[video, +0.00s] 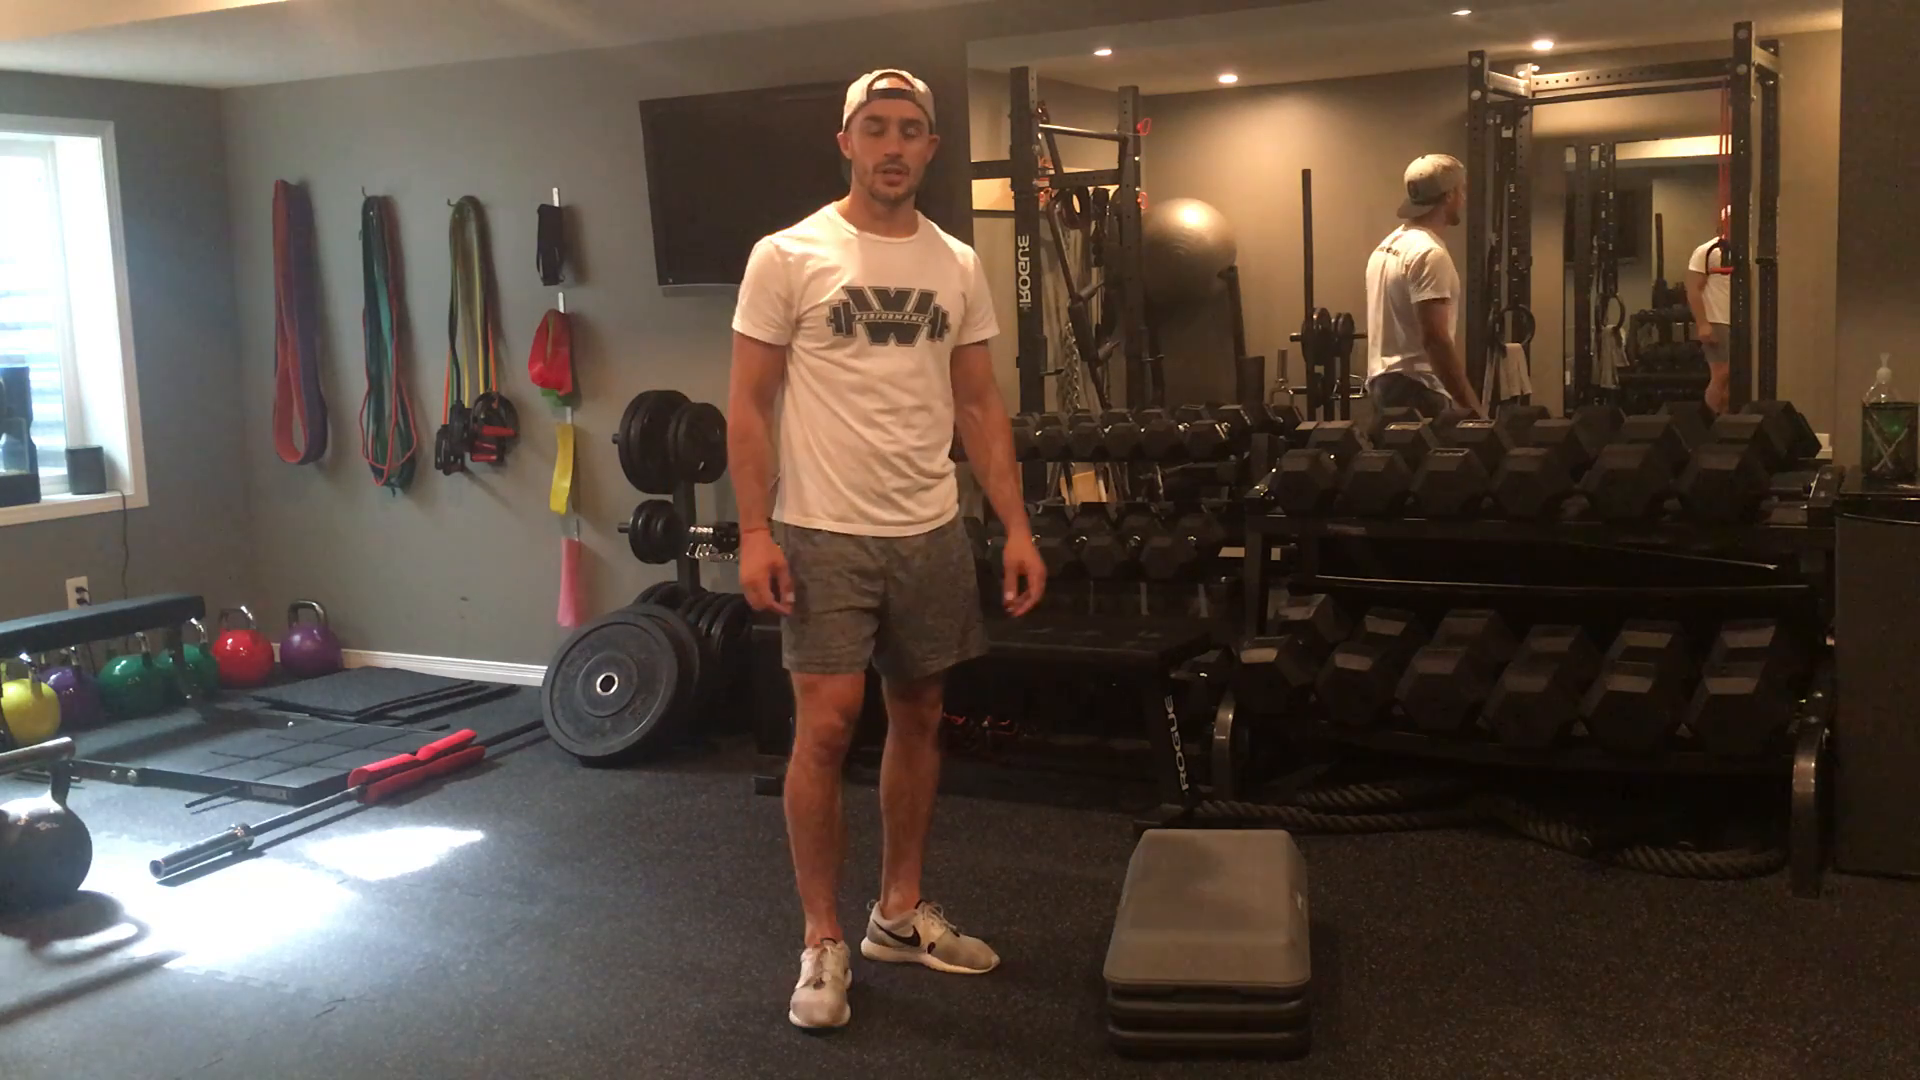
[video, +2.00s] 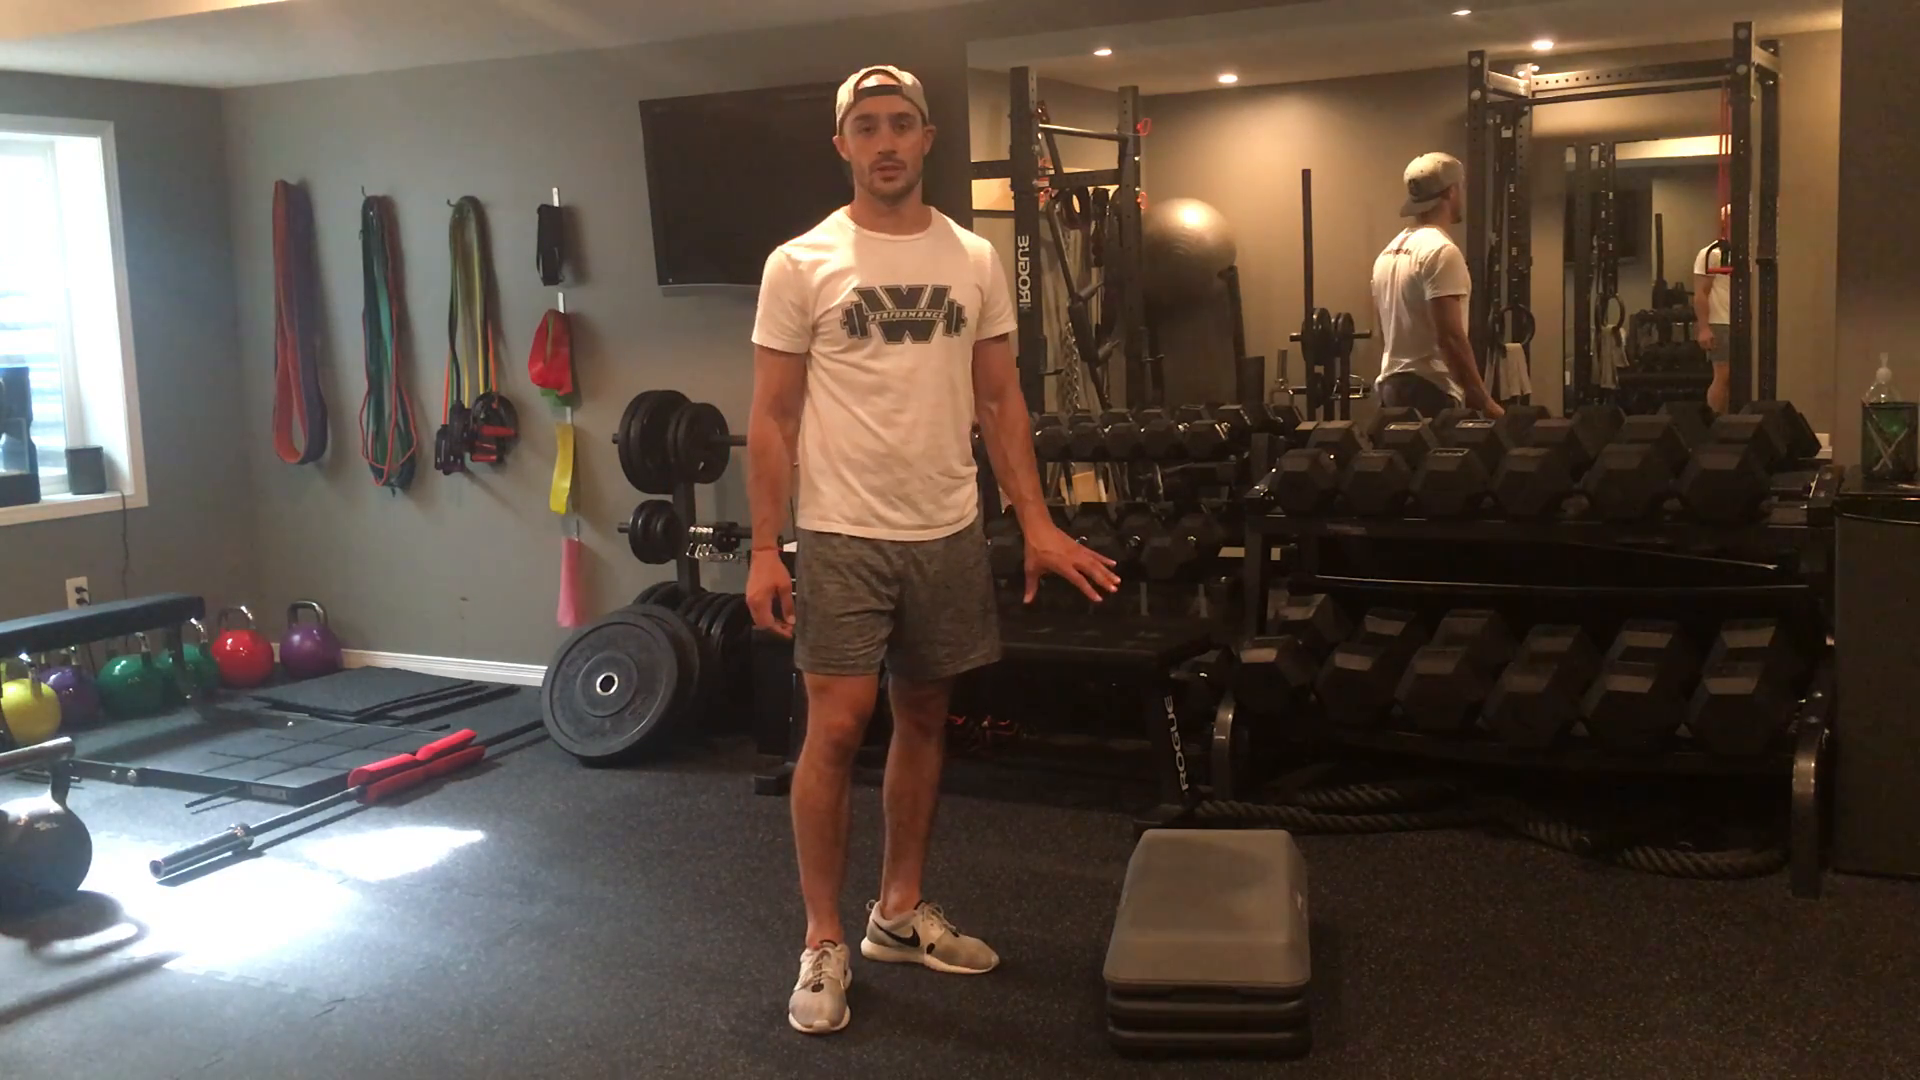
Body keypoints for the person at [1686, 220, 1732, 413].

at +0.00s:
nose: (1732, 228)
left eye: (1735, 224)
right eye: (1729, 223)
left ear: (1740, 226)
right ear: (1722, 225)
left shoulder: (1743, 253)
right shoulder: (1706, 252)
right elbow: (1693, 289)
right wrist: (1702, 323)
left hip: (1739, 325)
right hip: (1717, 323)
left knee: (1730, 378)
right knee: (1721, 375)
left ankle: (1725, 422)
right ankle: (1706, 421)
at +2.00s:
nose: (1733, 223)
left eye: (1736, 217)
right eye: (1730, 217)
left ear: (1743, 220)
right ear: (1723, 221)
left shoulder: (1748, 253)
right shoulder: (1710, 254)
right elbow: (1701, 293)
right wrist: (1704, 327)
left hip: (1745, 325)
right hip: (1721, 324)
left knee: (1740, 378)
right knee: (1722, 377)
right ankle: (1715, 424)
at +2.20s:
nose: (1733, 224)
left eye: (1736, 218)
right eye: (1730, 218)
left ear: (1742, 221)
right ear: (1723, 221)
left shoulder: (1747, 253)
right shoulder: (1709, 254)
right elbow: (1700, 293)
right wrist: (1704, 327)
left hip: (1744, 324)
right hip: (1721, 324)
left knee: (1737, 378)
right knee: (1722, 377)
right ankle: (1716, 423)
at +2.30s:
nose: (1734, 224)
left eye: (1737, 218)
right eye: (1731, 218)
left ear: (1742, 221)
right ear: (1723, 222)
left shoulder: (1748, 253)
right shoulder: (1709, 254)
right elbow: (1701, 293)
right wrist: (1703, 327)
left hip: (1745, 324)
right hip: (1721, 324)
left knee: (1739, 377)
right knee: (1722, 377)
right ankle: (1716, 423)